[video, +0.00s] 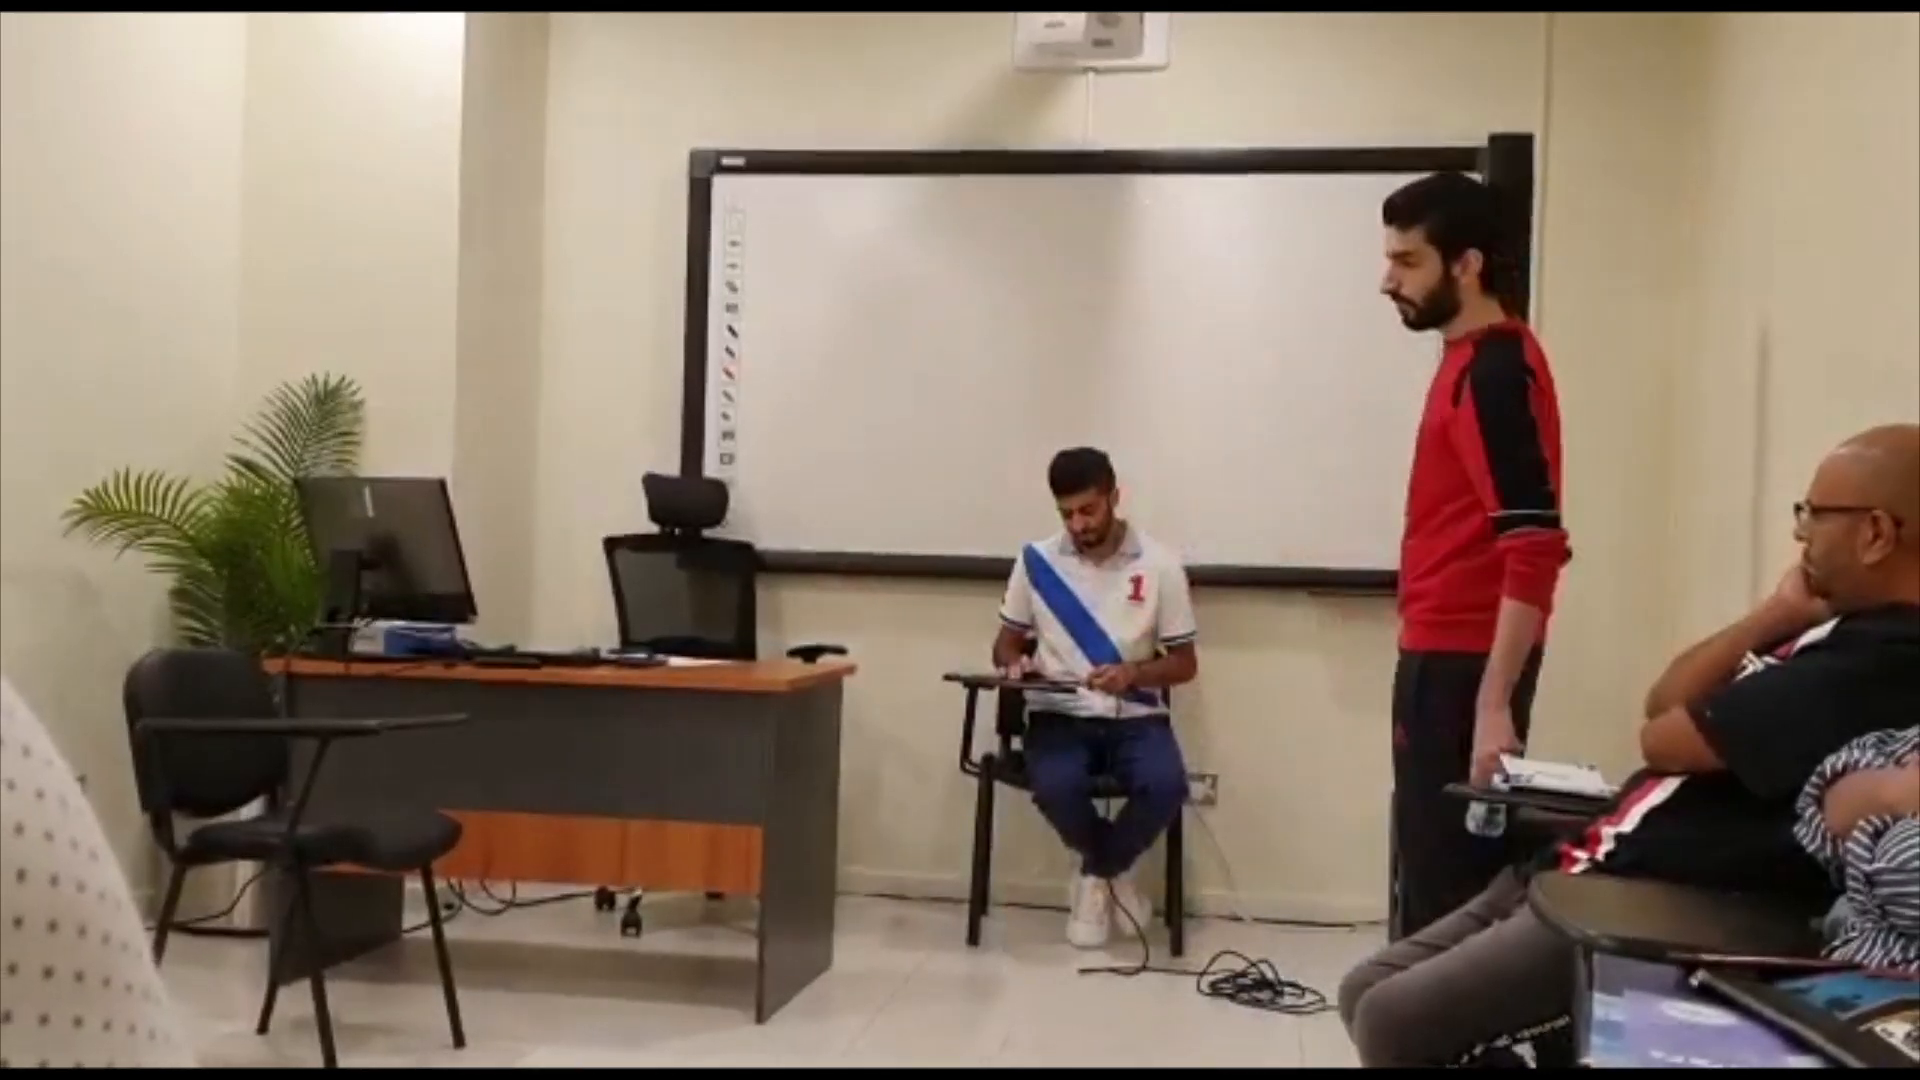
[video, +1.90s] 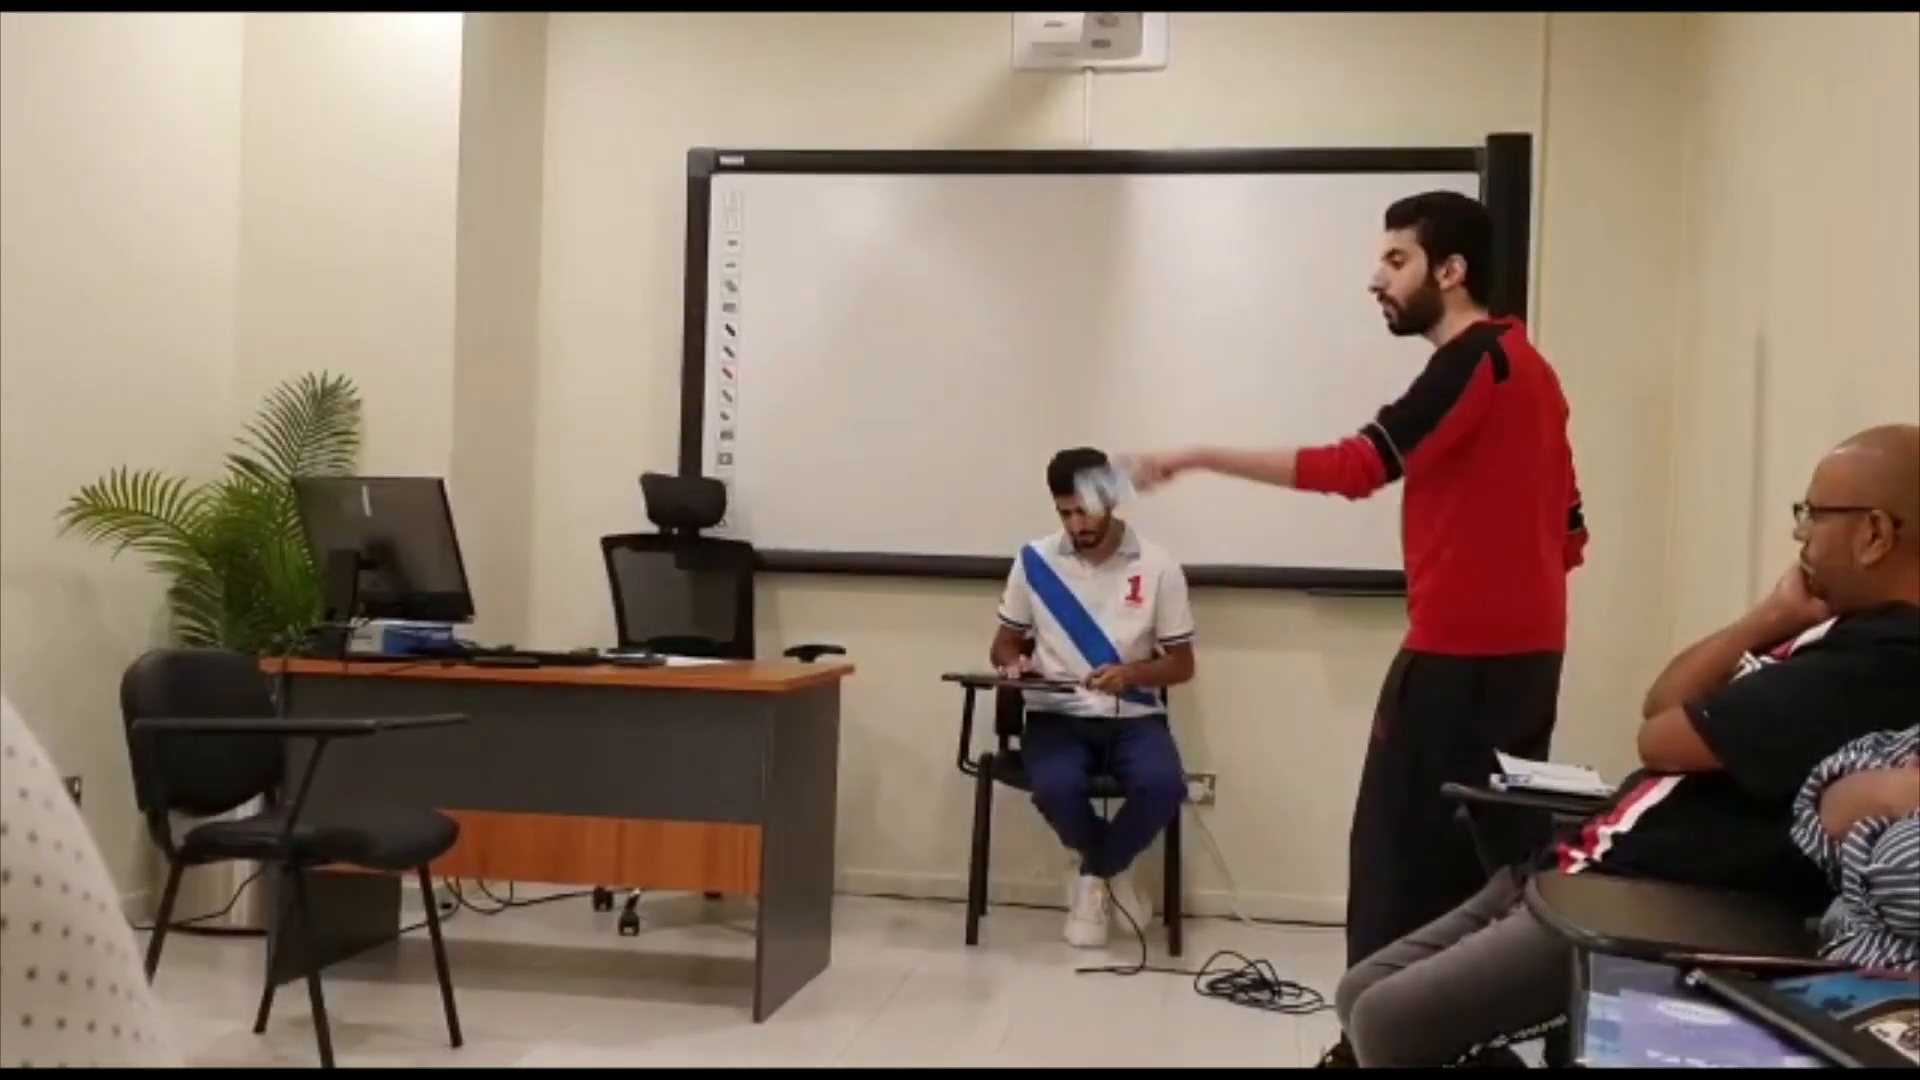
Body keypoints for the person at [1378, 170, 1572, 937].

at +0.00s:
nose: (1388, 280)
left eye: (1405, 261)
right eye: (1389, 260)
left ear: (1468, 266)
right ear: (1458, 271)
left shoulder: (1498, 364)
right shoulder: (1469, 358)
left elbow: (1535, 544)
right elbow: (1485, 535)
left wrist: (1495, 703)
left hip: (1470, 669)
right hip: (1438, 664)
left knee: (1451, 901)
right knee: (1428, 896)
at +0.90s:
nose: (1344, 301)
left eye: (1360, 279)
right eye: (1345, 281)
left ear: (1419, 280)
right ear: (1428, 284)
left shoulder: (1439, 379)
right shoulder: (1525, 363)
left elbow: (1434, 555)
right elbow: (1573, 525)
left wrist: (1401, 698)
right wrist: (1499, 606)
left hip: (1452, 673)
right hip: (1535, 669)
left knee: (1388, 876)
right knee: (1504, 870)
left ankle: (1383, 1042)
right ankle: (1494, 1040)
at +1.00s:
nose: (1351, 293)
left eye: (1365, 272)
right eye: (1352, 273)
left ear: (1424, 274)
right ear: (1434, 277)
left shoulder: (1440, 374)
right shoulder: (1529, 365)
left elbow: (1372, 530)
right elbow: (1570, 527)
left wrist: (1282, 657)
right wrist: (1467, 580)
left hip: (1450, 665)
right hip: (1533, 664)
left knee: (1390, 863)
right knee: (1503, 861)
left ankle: (1388, 1041)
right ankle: (1490, 1035)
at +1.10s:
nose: (1358, 288)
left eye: (1374, 267)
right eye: (1360, 268)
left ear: (1432, 272)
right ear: (1439, 275)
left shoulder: (1442, 372)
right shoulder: (1532, 367)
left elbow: (1333, 485)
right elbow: (1565, 527)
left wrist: (1185, 565)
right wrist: (1474, 578)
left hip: (1450, 659)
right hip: (1532, 658)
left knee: (1390, 857)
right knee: (1500, 856)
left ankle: (1387, 1039)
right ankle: (1488, 1035)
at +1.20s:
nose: (1364, 280)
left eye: (1381, 260)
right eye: (1368, 260)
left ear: (1440, 268)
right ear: (1446, 271)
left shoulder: (1446, 369)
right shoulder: (1533, 368)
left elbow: (1303, 447)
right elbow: (1562, 525)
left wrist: (1126, 465)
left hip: (1450, 662)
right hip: (1527, 662)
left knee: (1390, 860)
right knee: (1492, 862)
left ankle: (1386, 1045)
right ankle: (1484, 1042)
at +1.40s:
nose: (1371, 268)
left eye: (1390, 251)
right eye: (1376, 250)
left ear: (1447, 263)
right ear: (1453, 267)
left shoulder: (1440, 365)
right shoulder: (1534, 369)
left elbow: (1274, 403)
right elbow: (1562, 530)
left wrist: (1126, 333)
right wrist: (1469, 587)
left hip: (1441, 666)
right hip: (1524, 666)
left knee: (1387, 862)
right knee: (1494, 868)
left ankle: (1383, 1040)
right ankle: (1488, 1039)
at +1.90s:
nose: (1377, 279)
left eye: (1394, 261)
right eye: (1380, 262)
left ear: (1451, 271)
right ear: (1456, 276)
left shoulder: (1470, 360)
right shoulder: (1531, 368)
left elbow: (1354, 468)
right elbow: (1569, 538)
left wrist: (1199, 457)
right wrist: (1476, 585)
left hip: (1456, 652)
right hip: (1527, 651)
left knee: (1391, 848)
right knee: (1499, 845)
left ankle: (1383, 1039)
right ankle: (1485, 1032)